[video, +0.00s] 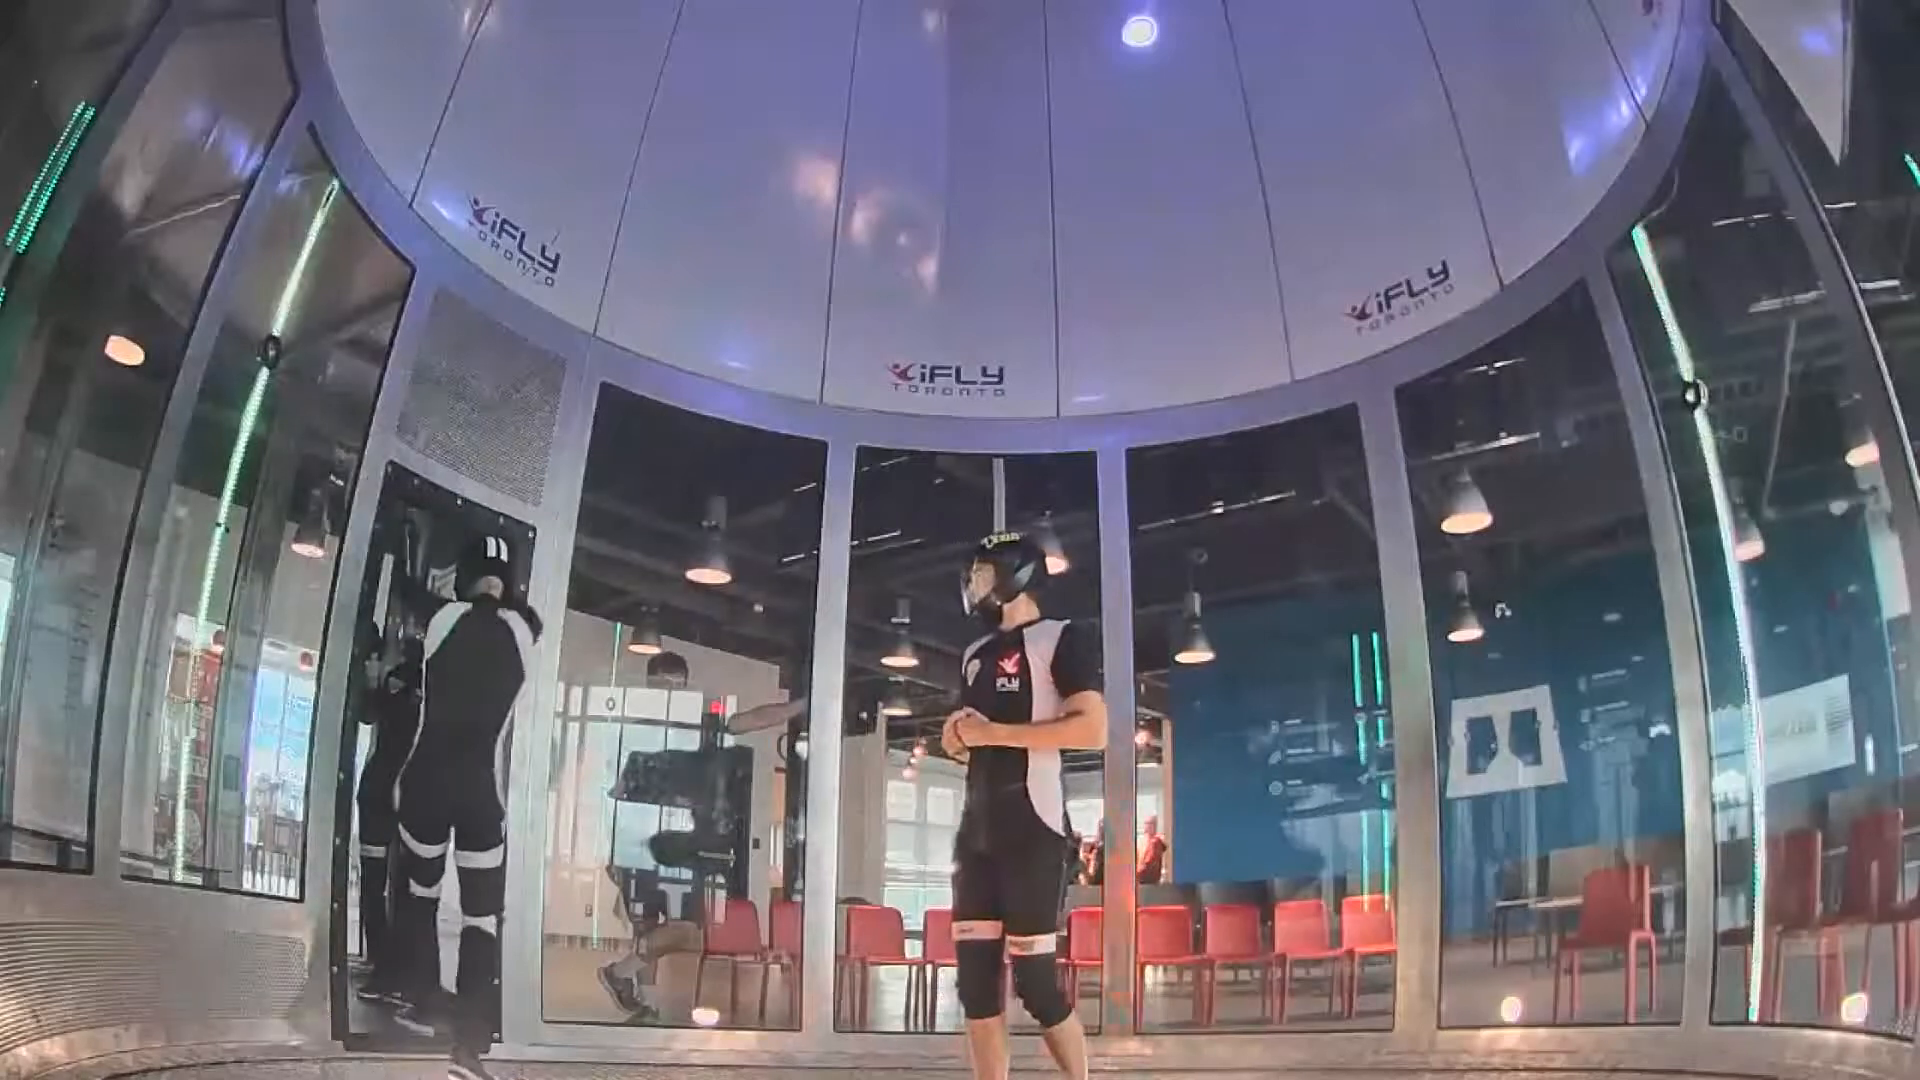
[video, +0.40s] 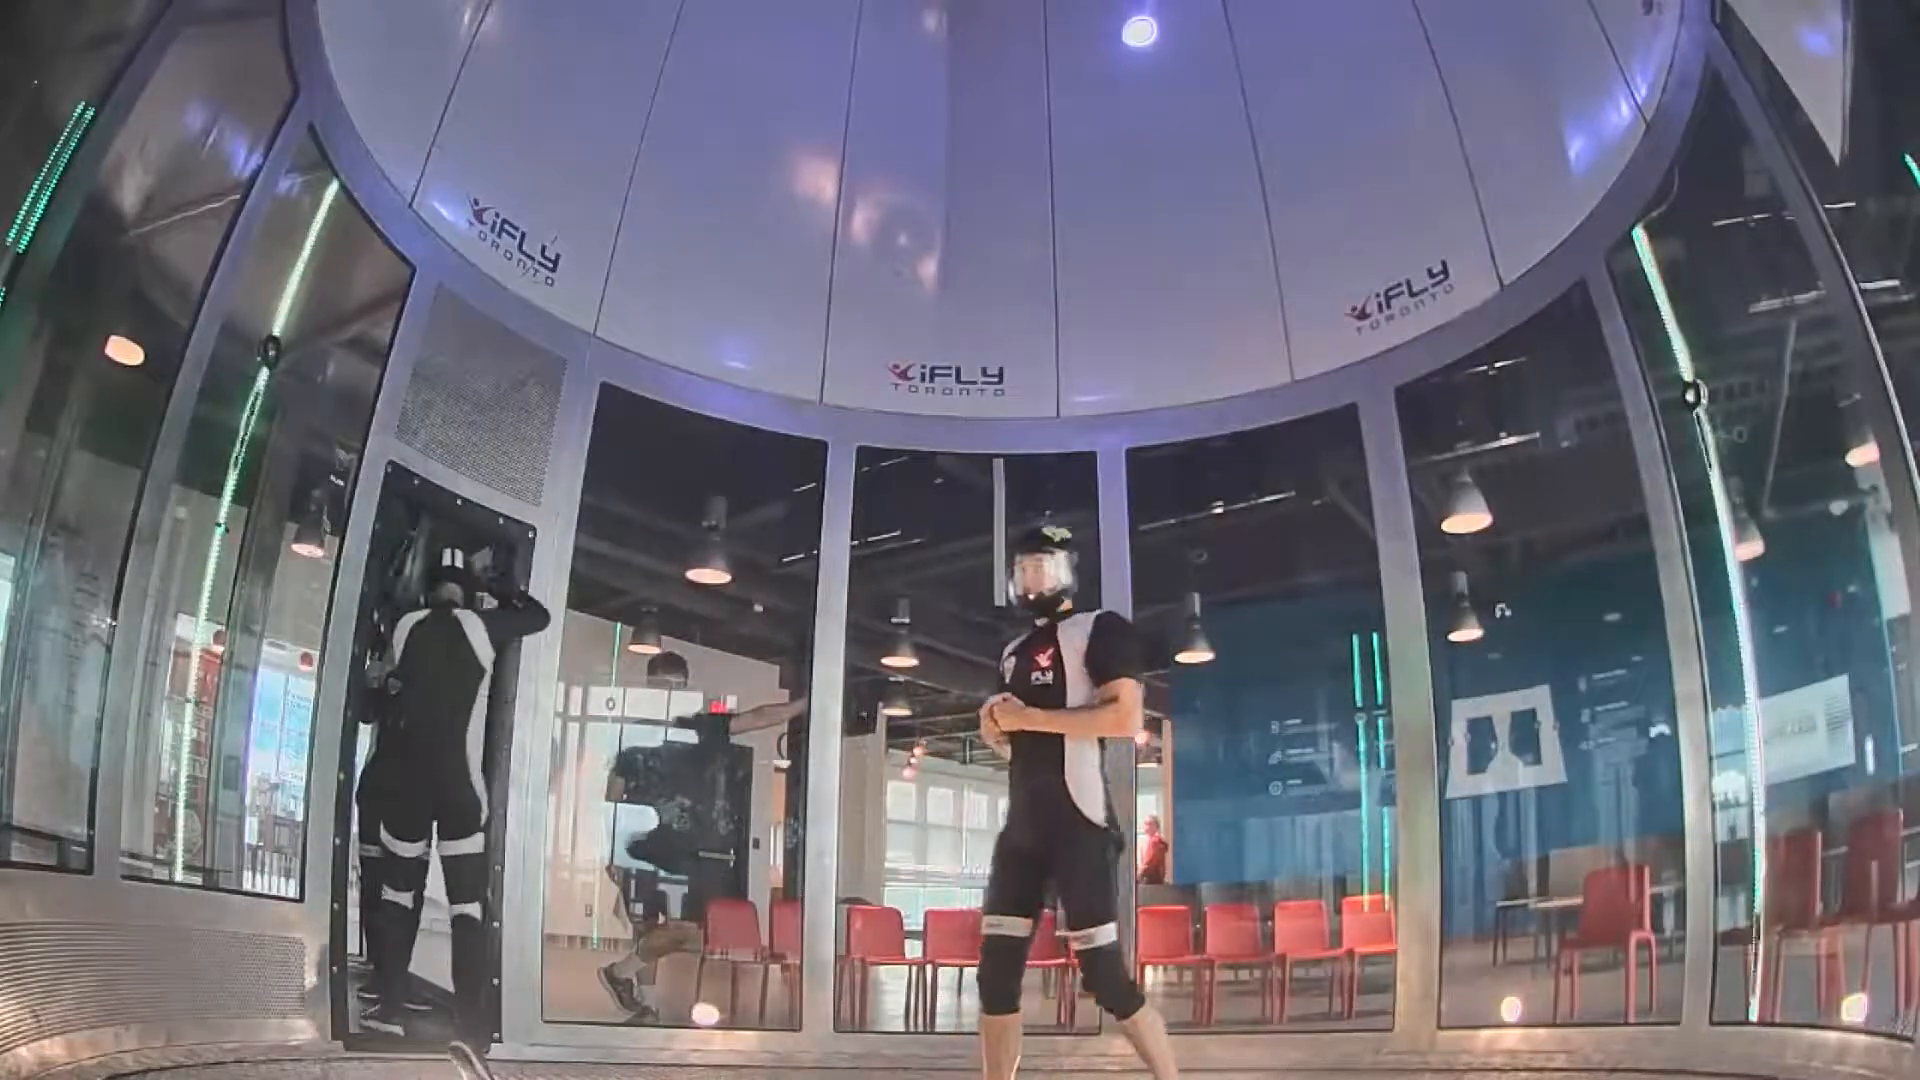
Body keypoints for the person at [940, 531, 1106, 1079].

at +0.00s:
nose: (972, 584)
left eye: (982, 573)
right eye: (972, 575)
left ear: (1017, 575)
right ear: (991, 581)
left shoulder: (1067, 637)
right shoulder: (975, 653)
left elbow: (1092, 729)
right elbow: (965, 751)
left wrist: (995, 731)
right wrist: (954, 737)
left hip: (1036, 828)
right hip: (977, 828)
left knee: (1035, 977)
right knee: (976, 980)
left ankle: (1079, 1076)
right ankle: (991, 1078)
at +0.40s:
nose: (1034, 578)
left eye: (1045, 565)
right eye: (1024, 568)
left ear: (1071, 569)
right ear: (1016, 576)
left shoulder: (1105, 628)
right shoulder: (1014, 652)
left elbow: (1126, 719)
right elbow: (1019, 752)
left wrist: (1032, 719)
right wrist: (994, 733)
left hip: (1083, 824)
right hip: (1023, 824)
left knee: (1104, 976)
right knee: (996, 973)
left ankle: (1169, 1073)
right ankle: (996, 1079)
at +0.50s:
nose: (1055, 579)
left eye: (1066, 567)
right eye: (1046, 569)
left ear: (1090, 572)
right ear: (1034, 577)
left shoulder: (1115, 632)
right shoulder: (1027, 656)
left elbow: (1143, 715)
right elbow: (1034, 753)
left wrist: (1048, 721)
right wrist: (1009, 732)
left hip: (1102, 828)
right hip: (1043, 830)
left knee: (1132, 977)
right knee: (1006, 975)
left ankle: (1203, 1074)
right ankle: (1002, 1079)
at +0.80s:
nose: (1105, 588)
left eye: (1115, 576)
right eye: (1097, 578)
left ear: (1141, 580)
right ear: (1087, 587)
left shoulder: (1178, 633)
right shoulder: (1081, 665)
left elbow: (1225, 715)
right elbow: (1093, 770)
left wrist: (1123, 728)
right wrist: (1076, 745)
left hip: (1181, 829)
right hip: (1120, 833)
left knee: (1219, 977)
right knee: (1056, 974)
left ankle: (1254, 1078)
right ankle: (1015, 1078)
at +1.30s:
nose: (1183, 579)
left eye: (1194, 568)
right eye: (1177, 570)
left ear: (1223, 571)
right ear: (1171, 579)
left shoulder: (1246, 623)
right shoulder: (1177, 645)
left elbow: (1285, 703)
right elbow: (1178, 735)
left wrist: (1189, 722)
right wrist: (1151, 736)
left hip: (1228, 818)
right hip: (1179, 819)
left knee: (1231, 964)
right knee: (1157, 971)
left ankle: (1257, 1076)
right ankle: (1178, 1076)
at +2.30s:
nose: (1195, 589)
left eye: (1205, 578)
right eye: (1189, 580)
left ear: (1231, 580)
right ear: (1182, 586)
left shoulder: (1259, 625)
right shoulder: (1183, 650)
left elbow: (1297, 700)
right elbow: (1176, 716)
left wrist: (1207, 713)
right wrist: (1157, 727)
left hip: (1235, 810)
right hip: (1182, 812)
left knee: (1230, 957)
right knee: (1177, 959)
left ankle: (1254, 1075)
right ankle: (1180, 1076)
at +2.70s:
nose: (1210, 594)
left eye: (1220, 583)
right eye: (1207, 585)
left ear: (1251, 586)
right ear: (1206, 593)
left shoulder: (1290, 643)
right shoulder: (1206, 660)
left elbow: (1325, 731)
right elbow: (1183, 747)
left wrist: (1237, 732)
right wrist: (1189, 736)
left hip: (1263, 823)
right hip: (1209, 823)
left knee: (1270, 965)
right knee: (1193, 962)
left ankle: (1331, 1070)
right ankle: (1183, 1076)